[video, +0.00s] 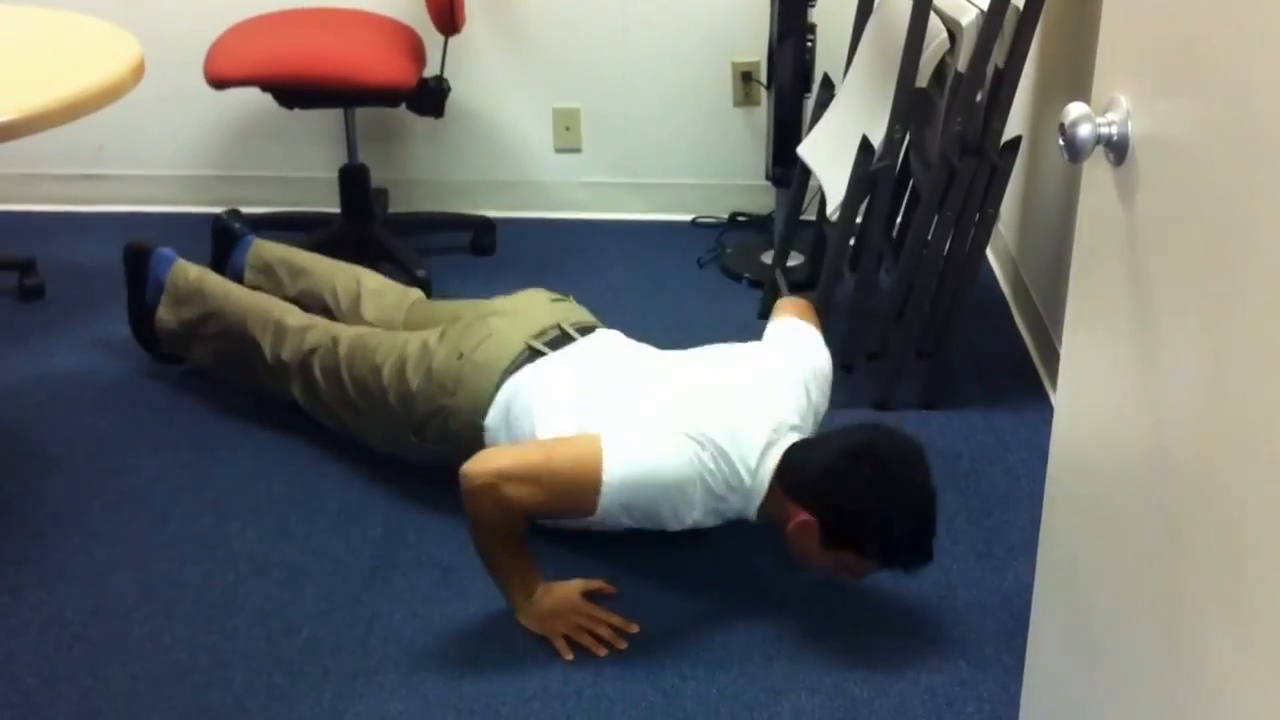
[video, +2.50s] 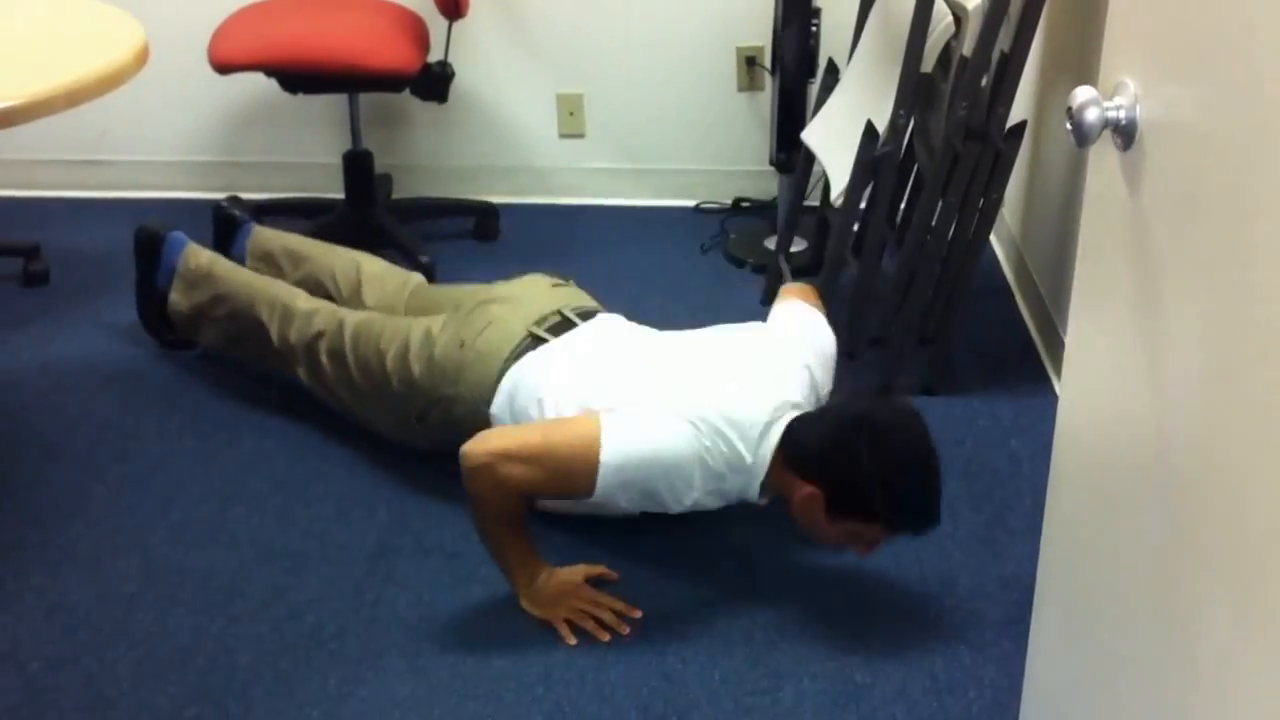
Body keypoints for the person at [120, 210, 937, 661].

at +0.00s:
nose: (841, 570)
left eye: (858, 562)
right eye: (848, 560)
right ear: (812, 526)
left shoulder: (804, 378)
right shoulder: (682, 473)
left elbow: (793, 305)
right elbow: (486, 482)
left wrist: (777, 460)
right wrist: (529, 596)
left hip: (561, 321)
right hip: (480, 389)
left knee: (404, 307)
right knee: (307, 353)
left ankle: (252, 250)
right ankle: (171, 294)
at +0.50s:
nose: (857, 347)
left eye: (874, 334)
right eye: (854, 328)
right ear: (795, 289)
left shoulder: (785, 215)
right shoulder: (645, 302)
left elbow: (775, 330)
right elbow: (516, 439)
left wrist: (771, 443)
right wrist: (530, 587)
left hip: (530, 226)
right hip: (470, 301)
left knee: (391, 262)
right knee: (307, 322)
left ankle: (257, 245)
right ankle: (175, 296)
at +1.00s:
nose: (845, 491)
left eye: (860, 480)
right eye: (847, 476)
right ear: (801, 430)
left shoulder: (795, 304)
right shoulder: (667, 415)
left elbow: (732, 318)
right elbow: (478, 468)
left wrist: (768, 435)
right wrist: (531, 589)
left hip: (542, 284)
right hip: (472, 362)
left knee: (392, 288)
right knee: (305, 340)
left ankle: (244, 241)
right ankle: (178, 284)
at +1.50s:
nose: (857, 491)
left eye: (868, 478)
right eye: (856, 475)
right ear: (809, 432)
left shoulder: (798, 300)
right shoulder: (666, 417)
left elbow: (708, 313)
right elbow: (478, 463)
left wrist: (762, 432)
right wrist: (532, 585)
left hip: (547, 282)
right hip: (471, 359)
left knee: (398, 286)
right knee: (309, 337)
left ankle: (252, 241)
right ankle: (182, 282)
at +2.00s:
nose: (855, 327)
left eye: (870, 313)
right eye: (852, 309)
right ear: (794, 266)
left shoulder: (783, 193)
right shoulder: (643, 288)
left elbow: (779, 314)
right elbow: (520, 423)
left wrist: (772, 432)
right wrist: (531, 576)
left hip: (527, 214)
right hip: (472, 285)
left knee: (389, 250)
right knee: (310, 311)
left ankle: (247, 233)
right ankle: (177, 285)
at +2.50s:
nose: (862, 549)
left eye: (878, 538)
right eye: (863, 535)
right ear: (819, 499)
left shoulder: (806, 361)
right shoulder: (690, 454)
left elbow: (798, 292)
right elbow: (487, 464)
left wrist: (781, 442)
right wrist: (534, 581)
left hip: (560, 304)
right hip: (487, 373)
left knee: (408, 293)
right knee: (319, 340)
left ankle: (253, 239)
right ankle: (182, 277)